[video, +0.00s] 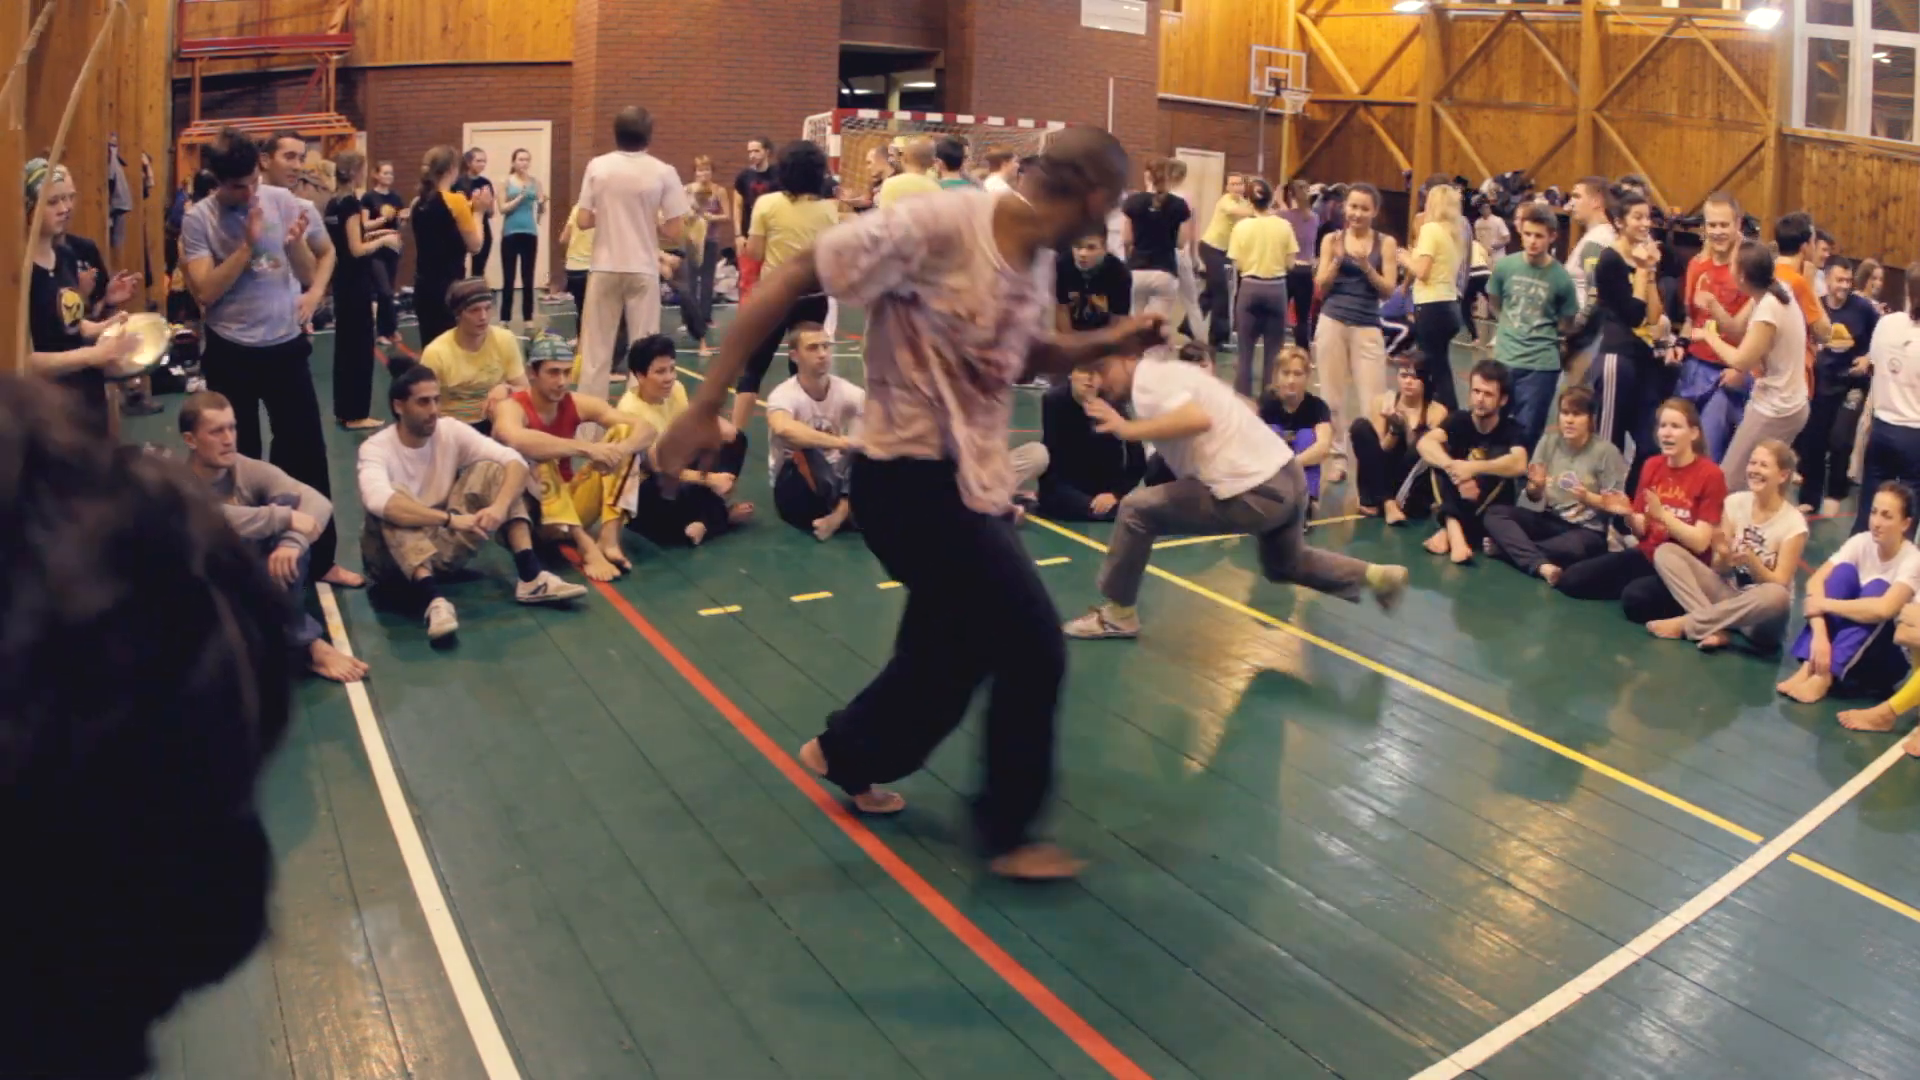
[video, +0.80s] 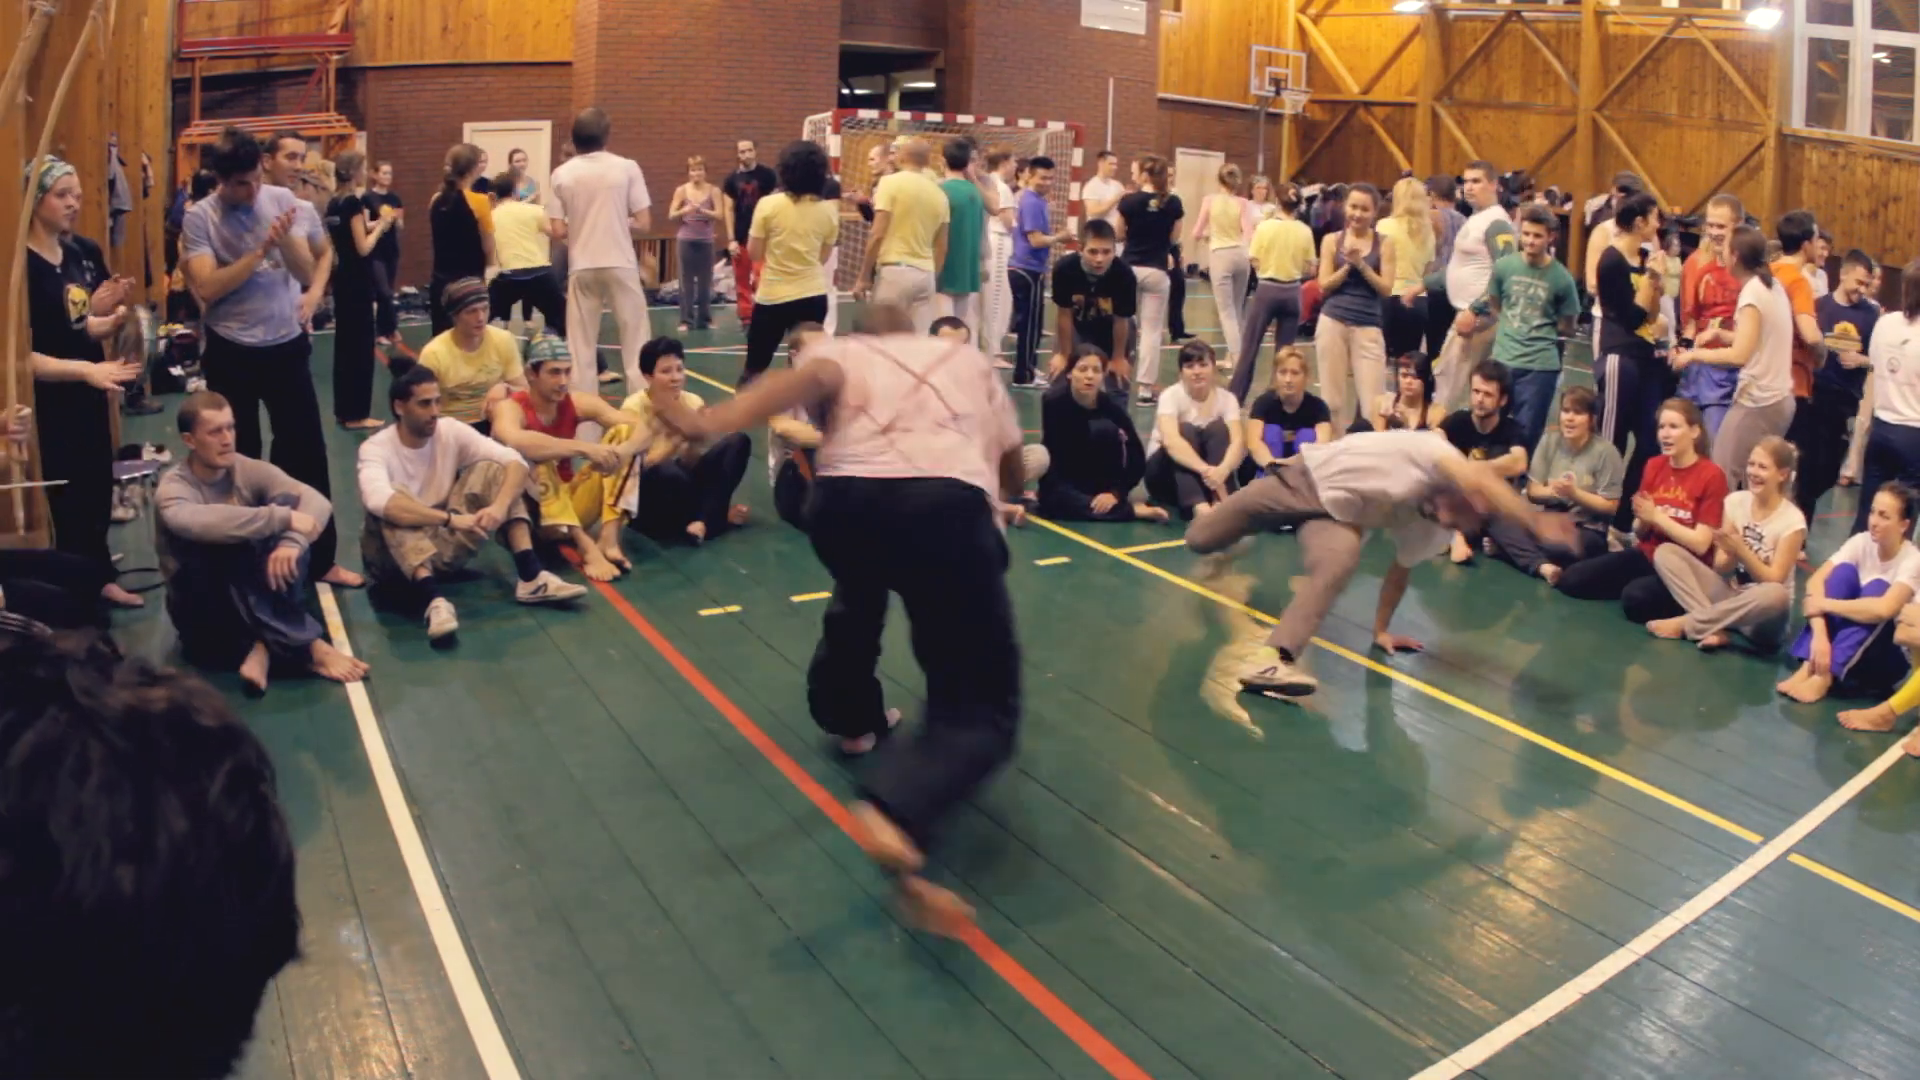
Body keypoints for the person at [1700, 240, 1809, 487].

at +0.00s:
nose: (1731, 273)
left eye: (1733, 268)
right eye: (1732, 267)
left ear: (1742, 276)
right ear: (1767, 269)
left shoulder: (1769, 307)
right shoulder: (1780, 292)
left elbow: (1741, 361)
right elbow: (1735, 328)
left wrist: (1710, 337)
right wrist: (1714, 308)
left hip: (1772, 411)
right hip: (1791, 405)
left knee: (1729, 478)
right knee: (1764, 476)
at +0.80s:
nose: (1721, 254)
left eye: (1725, 249)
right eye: (1722, 248)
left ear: (1734, 256)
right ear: (1760, 254)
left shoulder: (1752, 292)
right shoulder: (1774, 287)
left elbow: (1739, 355)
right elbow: (1758, 341)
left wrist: (1692, 355)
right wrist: (1720, 335)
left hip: (1756, 404)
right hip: (1780, 400)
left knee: (1722, 477)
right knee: (1758, 477)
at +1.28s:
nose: (1715, 247)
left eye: (1719, 242)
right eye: (1717, 240)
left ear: (1728, 248)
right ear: (1753, 249)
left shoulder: (1717, 283)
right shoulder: (1769, 285)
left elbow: (1704, 348)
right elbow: (1775, 345)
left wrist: (1683, 395)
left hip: (1726, 395)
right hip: (1763, 395)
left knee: (1713, 481)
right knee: (1747, 480)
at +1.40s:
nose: (1715, 244)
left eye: (1718, 240)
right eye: (1716, 238)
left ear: (1723, 248)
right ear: (1754, 250)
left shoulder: (1712, 283)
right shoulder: (1769, 286)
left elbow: (1699, 347)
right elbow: (1774, 346)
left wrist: (1680, 395)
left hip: (1721, 395)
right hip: (1760, 396)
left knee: (1711, 481)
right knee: (1747, 480)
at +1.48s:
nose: (1714, 242)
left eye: (1717, 239)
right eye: (1715, 235)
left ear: (1721, 248)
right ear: (1753, 249)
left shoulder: (1709, 283)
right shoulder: (1769, 288)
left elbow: (1698, 348)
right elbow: (1773, 347)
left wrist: (1680, 396)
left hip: (1718, 394)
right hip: (1758, 394)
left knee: (1709, 478)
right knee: (1746, 478)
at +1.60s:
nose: (1713, 239)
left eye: (1717, 237)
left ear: (1720, 248)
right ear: (1752, 248)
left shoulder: (1707, 284)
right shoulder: (1769, 288)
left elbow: (1694, 349)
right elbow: (1772, 350)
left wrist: (1683, 392)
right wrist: (1755, 377)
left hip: (1714, 392)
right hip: (1755, 392)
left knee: (1708, 477)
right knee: (1744, 477)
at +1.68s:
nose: (1711, 238)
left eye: (1715, 236)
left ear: (1718, 247)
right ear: (1750, 248)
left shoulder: (1705, 283)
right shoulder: (1768, 288)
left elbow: (1690, 345)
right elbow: (1774, 349)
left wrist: (1679, 363)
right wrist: (1752, 368)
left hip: (1713, 390)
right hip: (1753, 391)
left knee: (1708, 477)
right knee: (1744, 476)